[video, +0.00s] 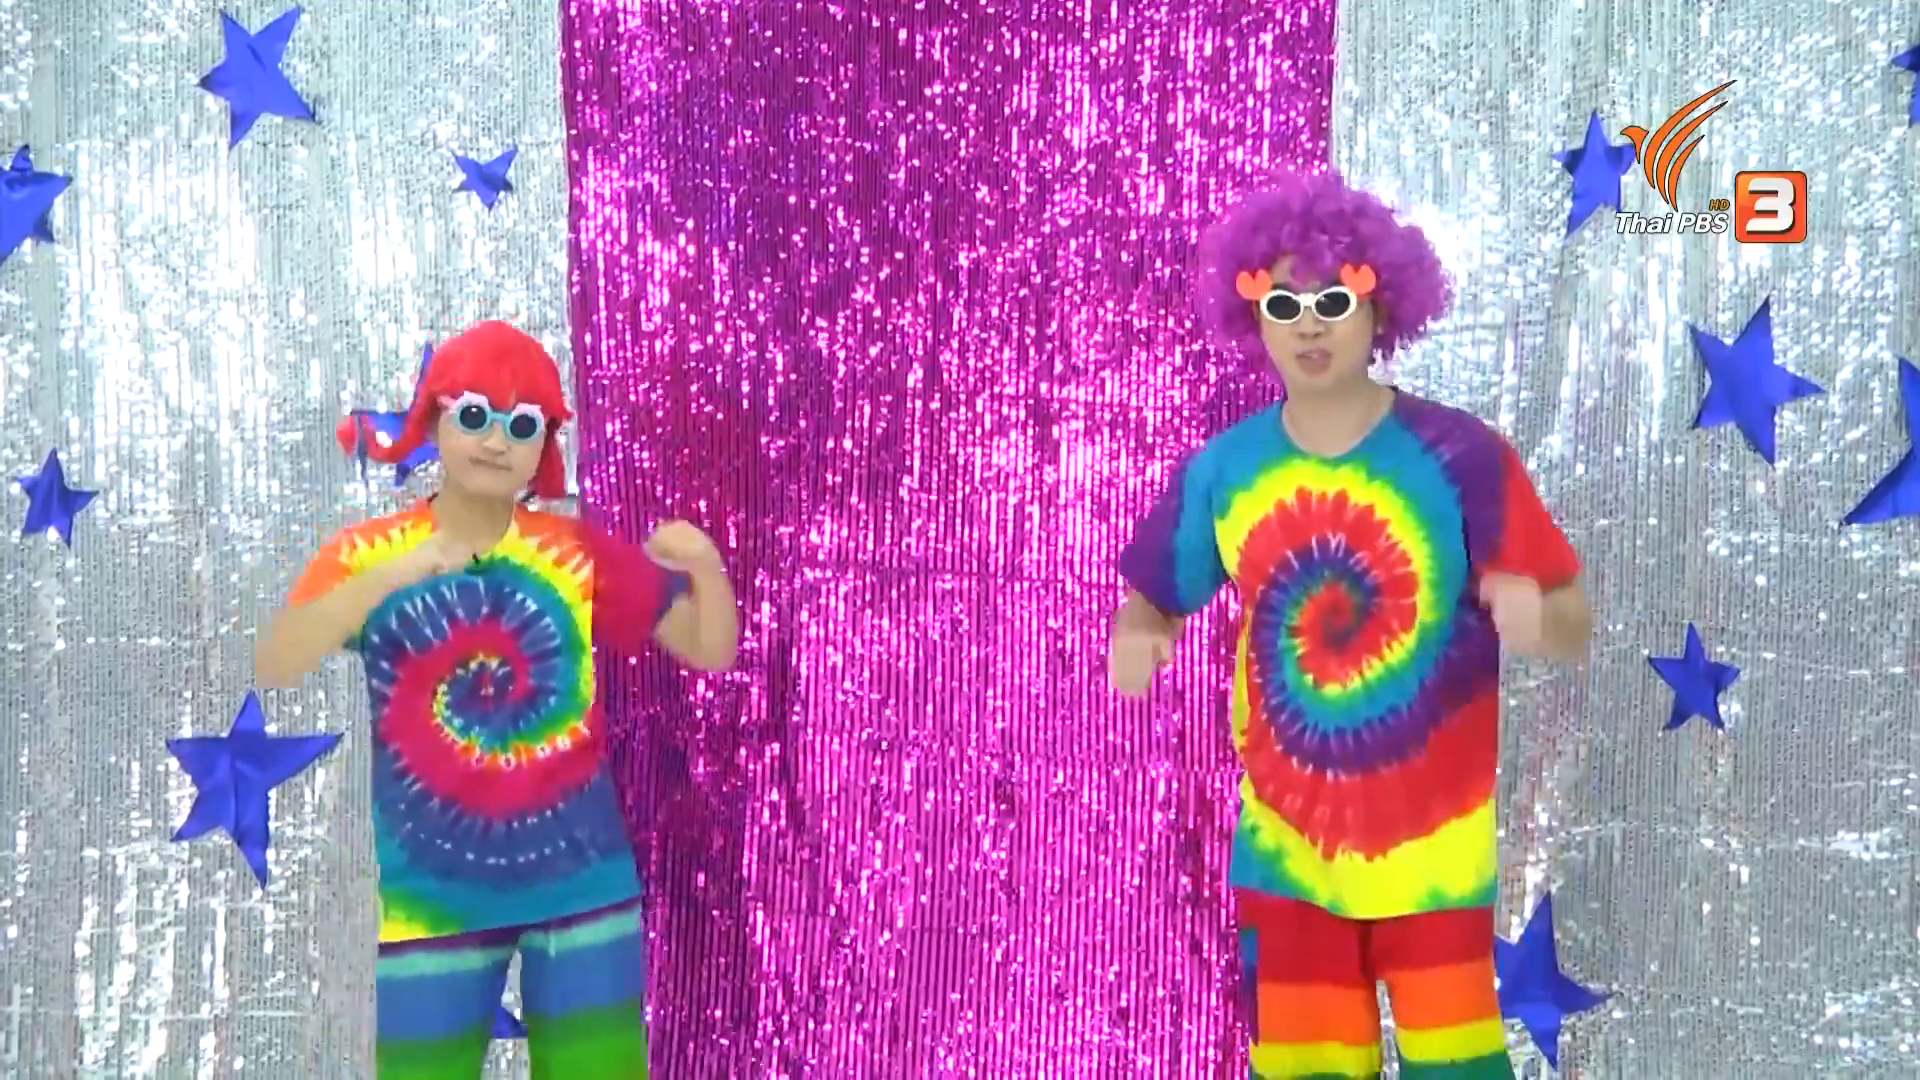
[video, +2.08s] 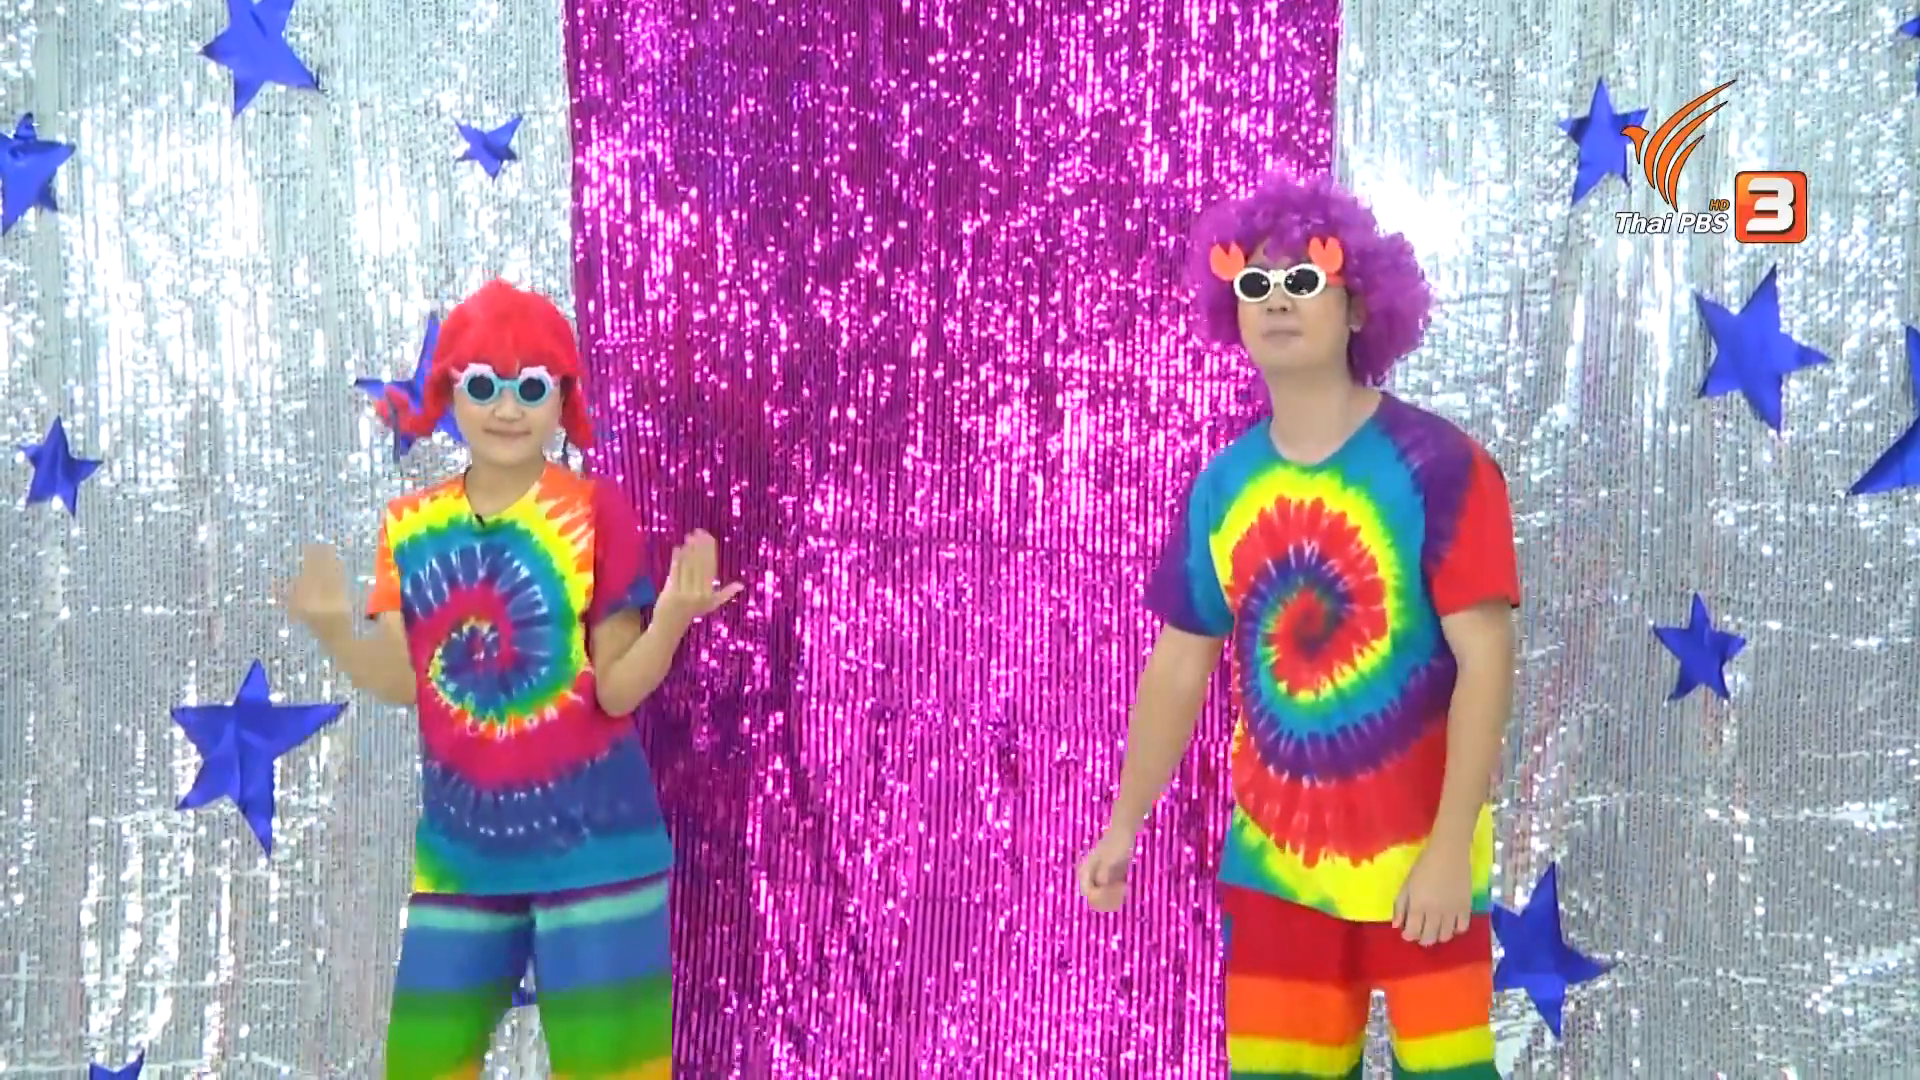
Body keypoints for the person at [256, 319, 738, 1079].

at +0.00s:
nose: (496, 439)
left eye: (521, 424)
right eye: (473, 416)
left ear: (544, 448)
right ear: (434, 430)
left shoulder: (580, 550)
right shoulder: (362, 553)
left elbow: (709, 650)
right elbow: (274, 665)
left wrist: (706, 565)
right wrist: (381, 578)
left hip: (581, 886)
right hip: (427, 893)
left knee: (597, 1068)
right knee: (420, 1070)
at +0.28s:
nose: (480, 422)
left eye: (503, 402)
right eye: (455, 403)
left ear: (531, 421)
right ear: (420, 420)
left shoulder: (569, 529)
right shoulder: (370, 533)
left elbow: (675, 642)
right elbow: (253, 625)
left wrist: (628, 573)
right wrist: (326, 554)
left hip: (556, 868)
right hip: (407, 873)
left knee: (594, 1066)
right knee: (392, 1069)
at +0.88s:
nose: (481, 407)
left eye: (506, 387)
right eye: (456, 386)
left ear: (538, 408)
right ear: (425, 403)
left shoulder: (577, 510)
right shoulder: (370, 513)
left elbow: (645, 575)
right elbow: (290, 624)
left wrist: (622, 622)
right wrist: (336, 563)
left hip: (550, 846)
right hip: (403, 847)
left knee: (570, 1058)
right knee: (374, 1058)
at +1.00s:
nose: (482, 410)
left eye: (509, 396)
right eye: (462, 386)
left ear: (534, 421)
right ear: (426, 397)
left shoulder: (568, 509)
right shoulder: (366, 518)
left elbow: (626, 617)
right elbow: (348, 606)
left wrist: (688, 727)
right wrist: (356, 682)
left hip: (568, 834)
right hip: (425, 838)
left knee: (593, 1052)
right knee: (400, 1055)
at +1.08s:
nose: (486, 423)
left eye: (513, 412)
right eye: (466, 398)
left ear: (537, 436)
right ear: (428, 410)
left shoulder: (572, 528)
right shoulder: (368, 539)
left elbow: (632, 668)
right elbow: (358, 679)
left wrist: (691, 804)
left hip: (587, 853)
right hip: (437, 861)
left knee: (606, 1063)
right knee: (424, 1065)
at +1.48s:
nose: (470, 390)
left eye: (493, 366)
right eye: (442, 375)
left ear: (530, 387)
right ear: (417, 403)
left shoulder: (585, 513)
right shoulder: (376, 519)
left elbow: (638, 635)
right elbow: (342, 650)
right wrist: (323, 741)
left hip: (548, 838)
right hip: (396, 842)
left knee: (586, 1058)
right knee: (378, 1060)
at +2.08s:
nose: (506, 407)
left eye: (531, 386)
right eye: (481, 386)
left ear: (563, 404)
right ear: (449, 403)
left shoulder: (598, 511)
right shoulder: (410, 521)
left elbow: (617, 692)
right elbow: (401, 680)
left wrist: (673, 614)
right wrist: (332, 625)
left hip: (594, 841)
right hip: (461, 845)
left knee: (610, 1064)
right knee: (421, 1063)